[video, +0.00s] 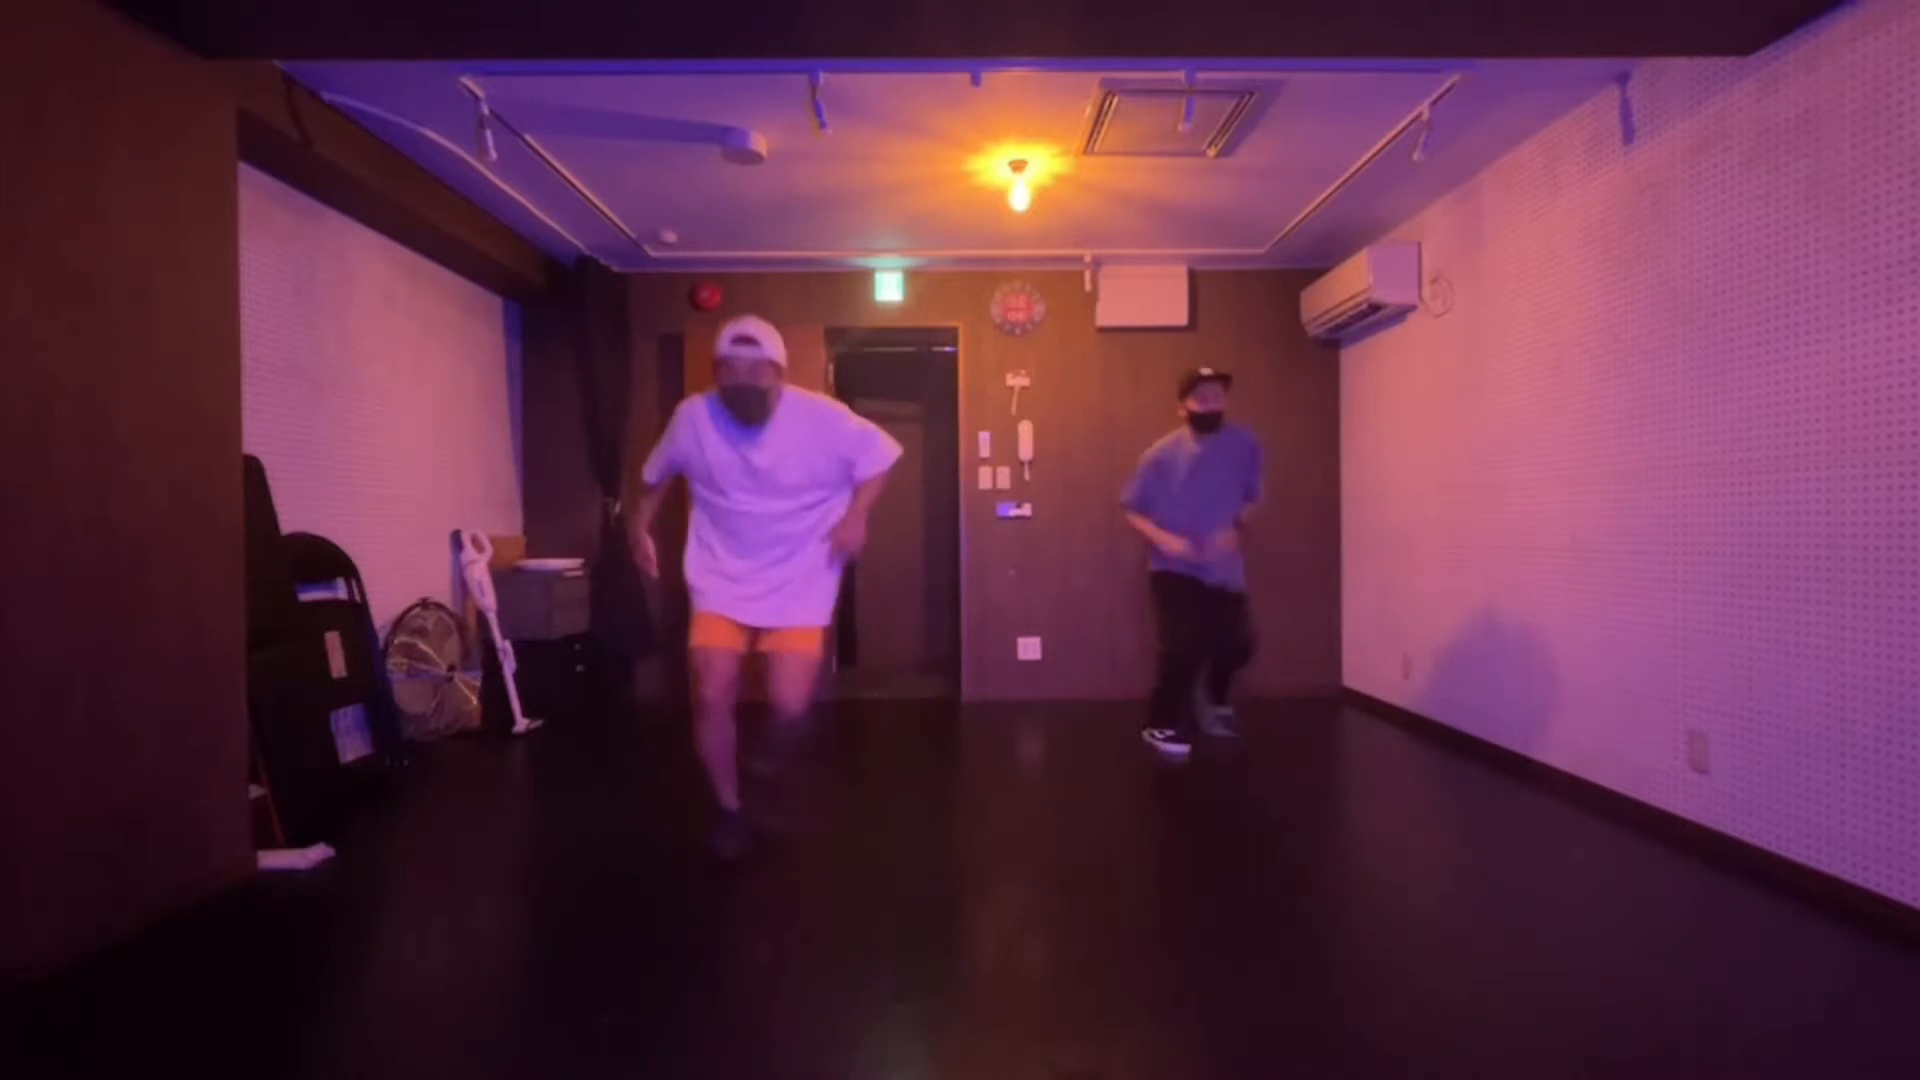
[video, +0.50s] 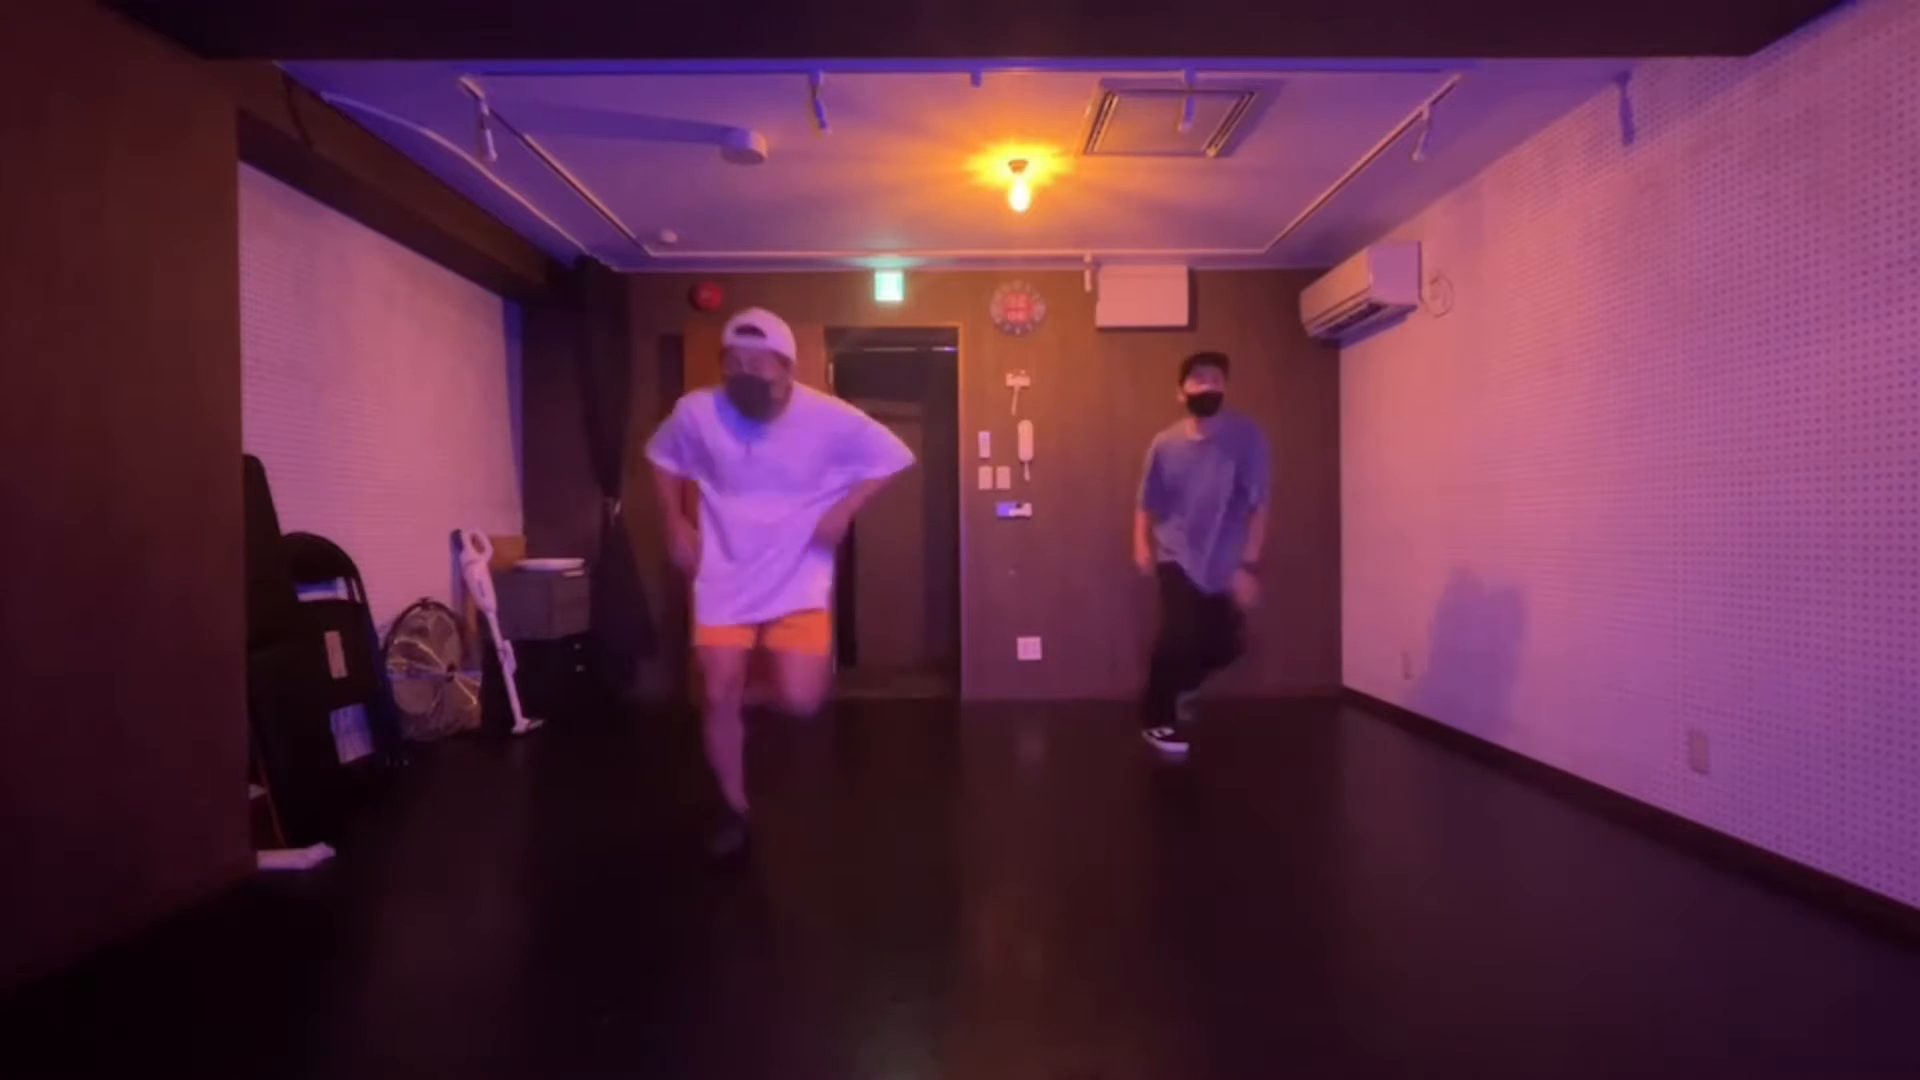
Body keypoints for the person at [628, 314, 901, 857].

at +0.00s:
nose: (744, 381)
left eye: (757, 369)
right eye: (734, 368)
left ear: (779, 374)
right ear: (717, 372)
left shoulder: (817, 416)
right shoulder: (694, 419)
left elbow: (881, 453)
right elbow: (656, 473)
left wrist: (858, 515)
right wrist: (640, 527)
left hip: (800, 578)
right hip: (720, 579)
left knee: (791, 705)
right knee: (712, 695)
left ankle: (779, 786)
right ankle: (729, 811)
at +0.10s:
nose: (736, 360)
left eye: (749, 348)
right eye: (725, 347)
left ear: (773, 354)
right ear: (711, 352)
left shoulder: (812, 403)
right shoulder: (693, 405)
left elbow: (869, 467)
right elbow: (673, 479)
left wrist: (858, 535)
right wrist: (651, 533)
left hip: (790, 578)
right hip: (714, 575)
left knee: (766, 711)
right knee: (706, 693)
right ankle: (732, 811)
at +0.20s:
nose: (729, 356)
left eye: (742, 344)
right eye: (720, 344)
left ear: (768, 351)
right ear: (708, 349)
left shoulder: (808, 409)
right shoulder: (693, 413)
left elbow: (851, 496)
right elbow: (685, 503)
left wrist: (853, 569)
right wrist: (668, 559)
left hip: (777, 590)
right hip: (706, 585)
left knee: (753, 709)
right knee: (700, 696)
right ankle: (732, 807)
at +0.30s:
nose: (732, 358)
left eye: (745, 346)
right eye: (722, 346)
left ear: (770, 353)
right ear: (710, 352)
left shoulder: (810, 414)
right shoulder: (697, 417)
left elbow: (850, 503)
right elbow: (684, 504)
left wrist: (843, 576)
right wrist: (675, 569)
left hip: (774, 595)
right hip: (705, 587)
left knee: (748, 704)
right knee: (710, 694)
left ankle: (725, 779)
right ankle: (733, 808)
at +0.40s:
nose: (735, 357)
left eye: (748, 346)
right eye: (726, 346)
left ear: (777, 350)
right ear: (715, 348)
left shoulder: (819, 404)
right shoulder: (695, 405)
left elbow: (871, 467)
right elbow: (688, 479)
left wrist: (839, 533)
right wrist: (680, 541)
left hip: (791, 574)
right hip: (718, 573)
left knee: (771, 701)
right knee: (721, 692)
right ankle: (733, 809)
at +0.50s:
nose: (750, 371)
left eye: (763, 360)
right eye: (740, 359)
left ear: (787, 368)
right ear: (725, 365)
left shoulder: (822, 414)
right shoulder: (698, 413)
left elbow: (893, 458)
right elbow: (662, 456)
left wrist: (844, 511)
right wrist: (676, 524)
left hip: (800, 575)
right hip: (723, 575)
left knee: (802, 697)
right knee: (721, 694)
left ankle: (738, 692)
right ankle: (734, 813)